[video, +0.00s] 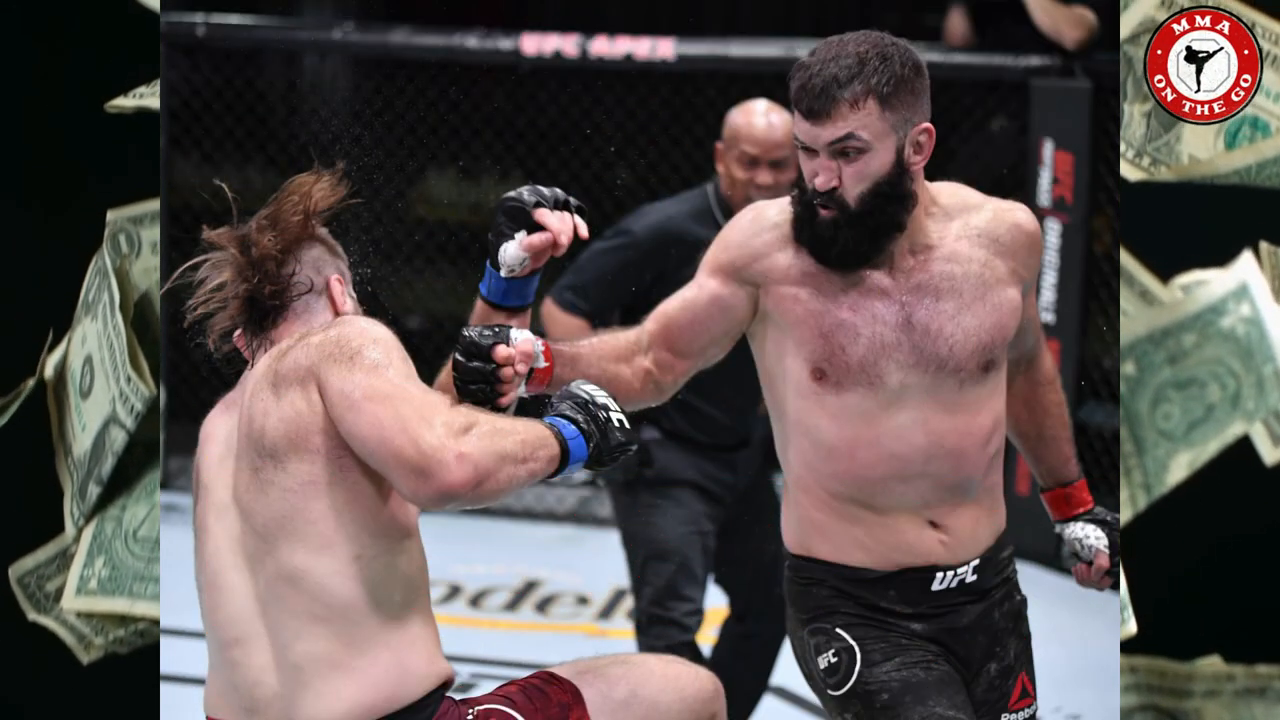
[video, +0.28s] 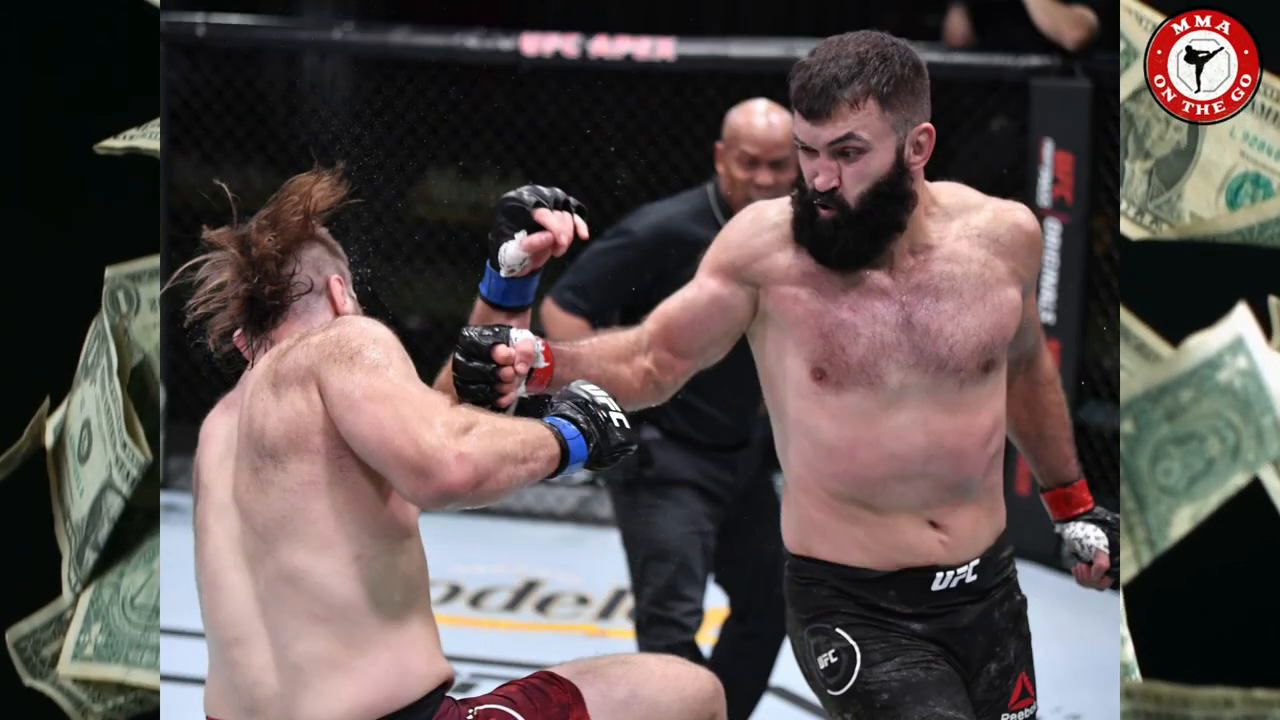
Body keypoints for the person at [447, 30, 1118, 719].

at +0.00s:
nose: (817, 177)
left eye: (845, 152)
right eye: (805, 151)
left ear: (918, 144)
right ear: (790, 140)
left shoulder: (1005, 235)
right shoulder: (758, 243)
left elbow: (1028, 367)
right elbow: (651, 361)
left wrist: (1076, 507)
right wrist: (538, 368)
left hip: (983, 594)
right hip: (845, 607)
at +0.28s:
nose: (817, 177)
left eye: (845, 152)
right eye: (805, 151)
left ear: (918, 144)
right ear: (791, 140)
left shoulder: (1006, 235)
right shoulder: (758, 243)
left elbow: (1028, 367)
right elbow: (650, 361)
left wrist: (1075, 507)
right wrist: (538, 368)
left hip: (982, 595)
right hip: (845, 607)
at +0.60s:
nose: (817, 177)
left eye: (845, 152)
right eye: (805, 151)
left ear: (918, 144)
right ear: (791, 140)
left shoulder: (1006, 235)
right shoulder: (758, 243)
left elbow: (1028, 367)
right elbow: (650, 361)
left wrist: (1075, 507)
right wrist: (537, 368)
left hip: (982, 595)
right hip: (845, 607)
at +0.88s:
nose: (817, 177)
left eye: (845, 152)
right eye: (805, 151)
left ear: (918, 144)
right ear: (790, 140)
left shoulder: (1005, 235)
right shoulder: (758, 243)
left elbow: (1028, 367)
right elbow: (651, 361)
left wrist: (1076, 506)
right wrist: (537, 368)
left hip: (983, 594)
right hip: (845, 607)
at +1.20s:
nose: (817, 177)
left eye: (845, 152)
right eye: (805, 151)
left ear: (918, 144)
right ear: (790, 140)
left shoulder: (1005, 235)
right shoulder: (758, 243)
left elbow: (1028, 367)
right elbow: (651, 360)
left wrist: (1076, 506)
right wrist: (537, 368)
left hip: (983, 594)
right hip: (845, 607)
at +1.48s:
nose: (817, 177)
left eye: (845, 152)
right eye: (805, 151)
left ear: (918, 144)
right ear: (791, 140)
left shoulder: (1006, 235)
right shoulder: (758, 243)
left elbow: (1028, 367)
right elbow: (650, 361)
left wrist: (1075, 507)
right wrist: (538, 368)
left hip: (982, 595)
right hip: (845, 607)